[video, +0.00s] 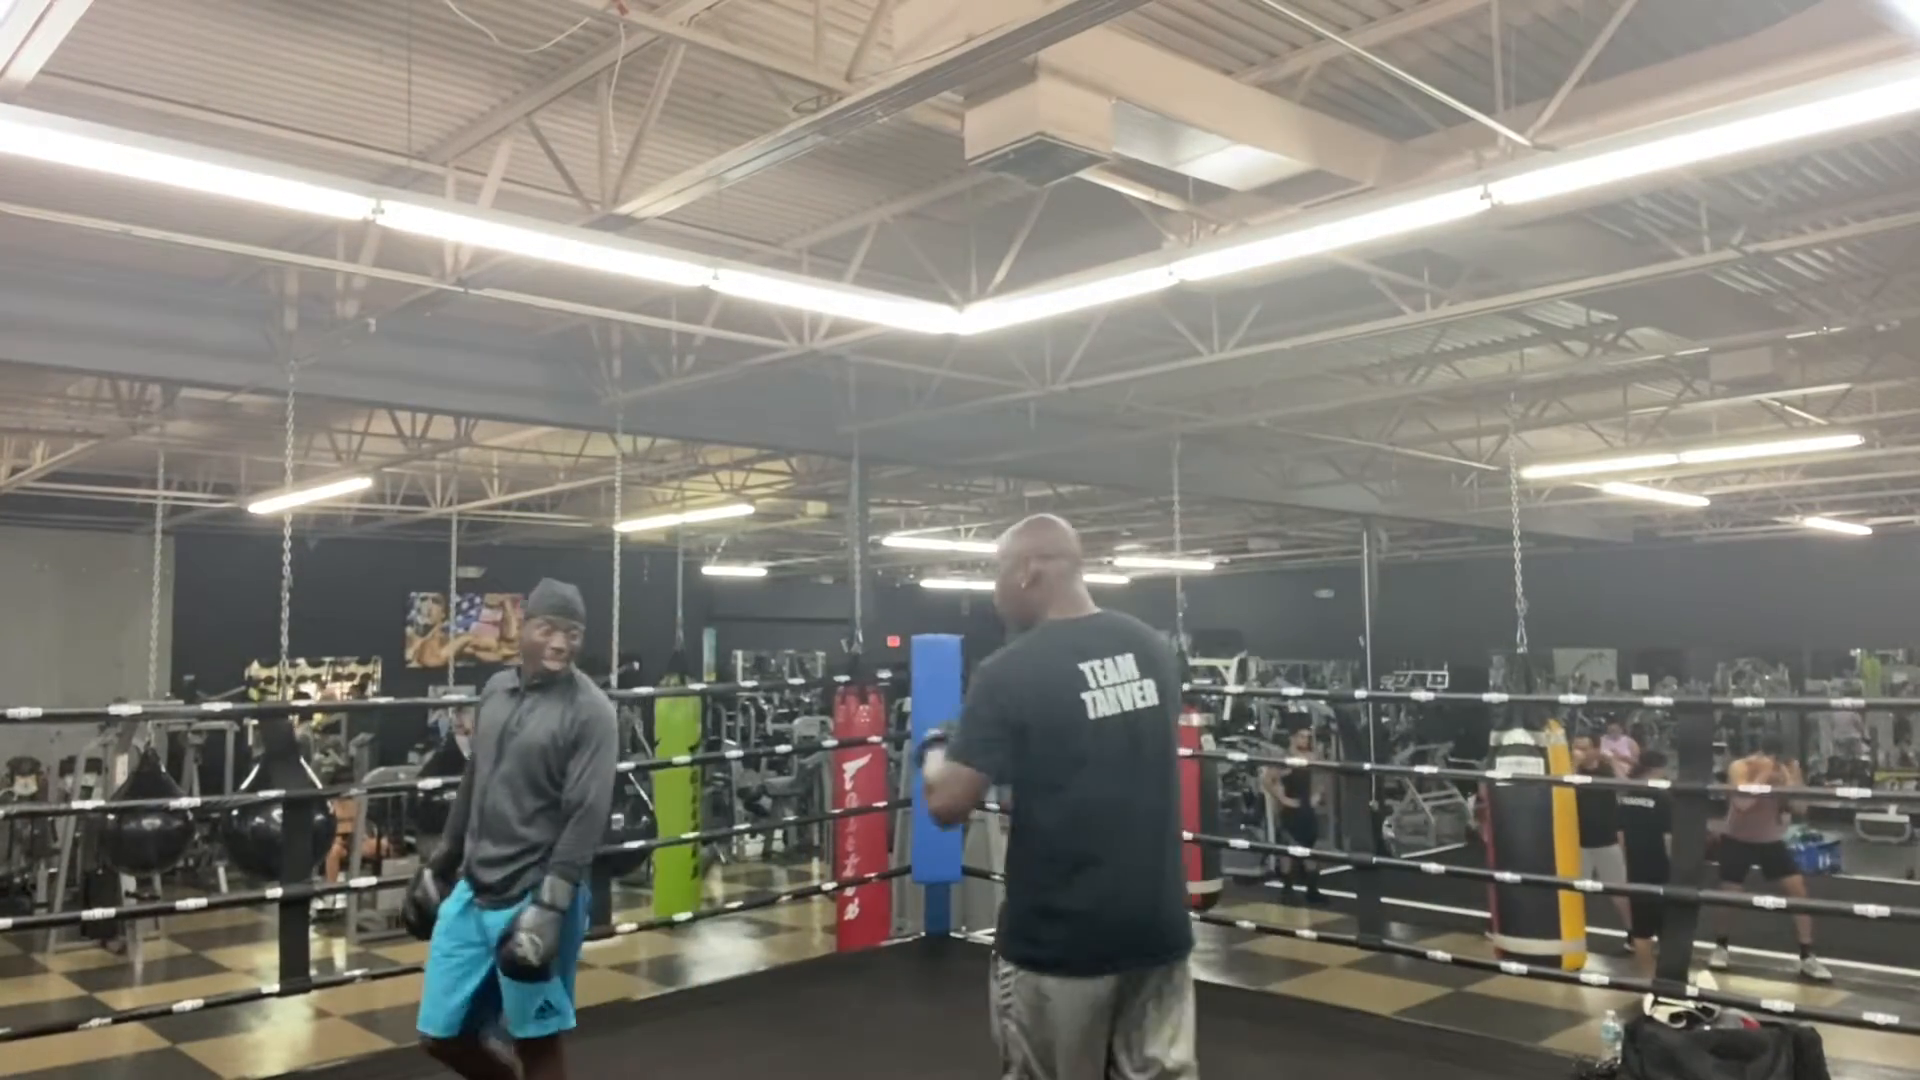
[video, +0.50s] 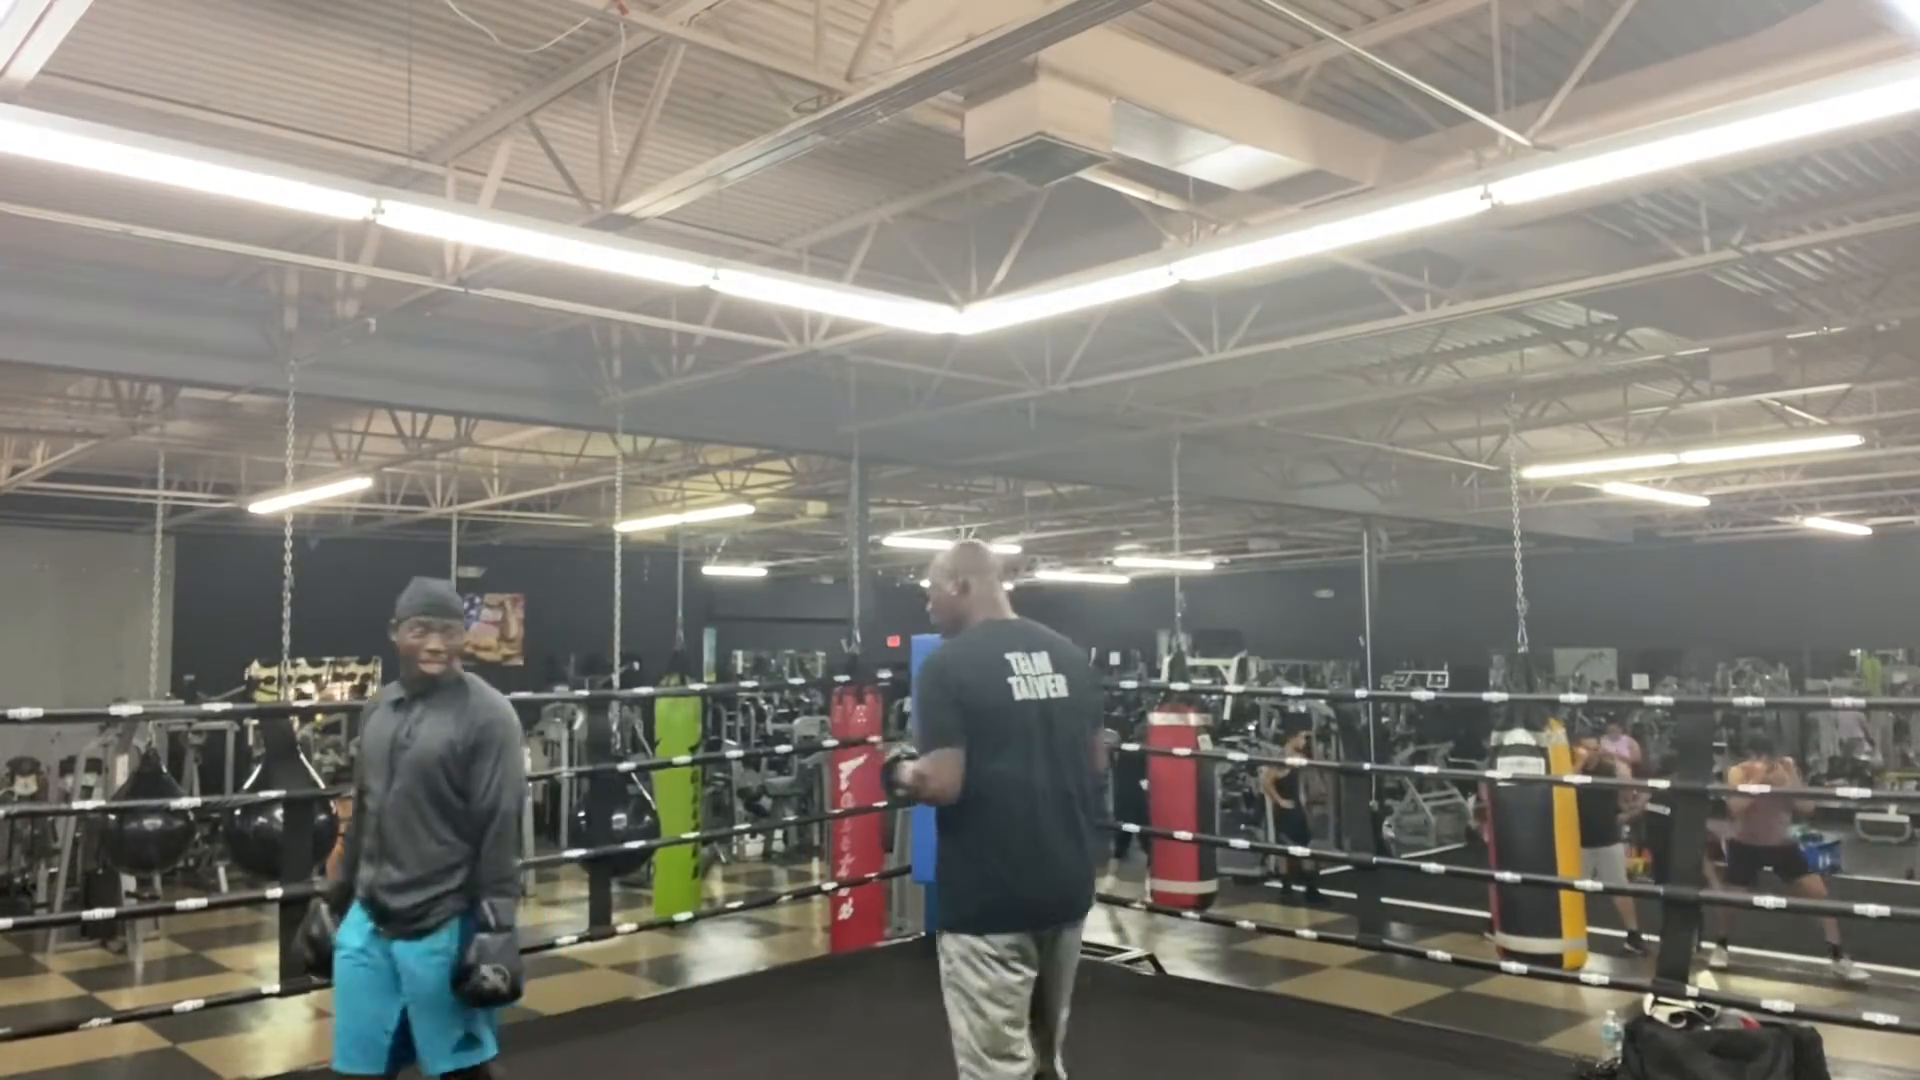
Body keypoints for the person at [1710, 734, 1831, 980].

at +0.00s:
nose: (1770, 762)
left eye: (1775, 757)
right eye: (1765, 756)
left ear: (1781, 755)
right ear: (1756, 752)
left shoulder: (1788, 769)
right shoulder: (1740, 768)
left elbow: (1800, 807)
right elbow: (1742, 804)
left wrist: (1786, 784)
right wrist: (1762, 778)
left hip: (1772, 843)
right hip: (1738, 842)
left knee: (1799, 893)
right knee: (1729, 896)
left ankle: (1807, 956)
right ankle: (1721, 947)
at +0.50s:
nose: (1763, 760)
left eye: (1767, 754)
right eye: (1757, 754)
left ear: (1774, 752)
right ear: (1748, 753)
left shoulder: (1786, 768)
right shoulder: (1738, 773)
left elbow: (1806, 806)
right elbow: (1735, 807)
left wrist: (1785, 782)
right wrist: (1757, 782)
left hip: (1782, 847)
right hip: (1744, 847)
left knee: (1819, 894)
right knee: (1733, 898)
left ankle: (1838, 957)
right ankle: (1721, 946)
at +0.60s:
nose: (1780, 767)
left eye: (1785, 761)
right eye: (1774, 762)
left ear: (1790, 759)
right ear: (1764, 759)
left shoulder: (1798, 772)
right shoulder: (1751, 776)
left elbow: (1818, 811)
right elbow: (1743, 811)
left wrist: (1797, 786)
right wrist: (1772, 787)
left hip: (1796, 854)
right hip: (1758, 853)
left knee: (1833, 901)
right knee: (1739, 901)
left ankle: (1866, 963)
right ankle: (1721, 946)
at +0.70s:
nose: (1804, 767)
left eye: (1809, 761)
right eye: (1800, 760)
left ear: (1818, 762)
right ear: (1792, 760)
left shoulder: (1822, 778)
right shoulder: (1776, 778)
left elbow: (1831, 818)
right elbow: (1778, 812)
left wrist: (1821, 787)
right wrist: (1804, 787)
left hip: (1809, 861)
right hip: (1774, 859)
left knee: (1845, 898)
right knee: (1755, 914)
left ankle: (1873, 966)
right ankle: (1724, 944)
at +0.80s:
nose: (1845, 780)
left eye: (1848, 776)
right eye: (1845, 774)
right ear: (1833, 765)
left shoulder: (1823, 786)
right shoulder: (1808, 778)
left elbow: (1840, 819)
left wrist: (1849, 788)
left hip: (1814, 862)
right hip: (1785, 862)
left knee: (1856, 900)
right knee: (1782, 919)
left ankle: (1873, 967)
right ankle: (1732, 939)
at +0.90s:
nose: (1854, 778)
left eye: (1854, 774)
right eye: (1853, 773)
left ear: (1833, 765)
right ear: (1846, 769)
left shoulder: (1808, 781)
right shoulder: (1833, 780)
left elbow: (1835, 823)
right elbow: (1873, 790)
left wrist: (1847, 797)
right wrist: (1912, 789)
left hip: (1816, 863)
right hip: (1791, 863)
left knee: (1857, 901)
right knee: (1801, 925)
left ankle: (1872, 967)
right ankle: (1749, 939)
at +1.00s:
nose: (1871, 783)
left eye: (1871, 779)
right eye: (1869, 779)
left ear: (1841, 769)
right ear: (1861, 775)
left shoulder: (1811, 783)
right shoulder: (1850, 785)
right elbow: (1883, 792)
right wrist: (1913, 788)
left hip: (1817, 862)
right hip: (1799, 863)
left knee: (1860, 902)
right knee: (1822, 927)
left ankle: (1872, 966)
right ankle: (1768, 947)